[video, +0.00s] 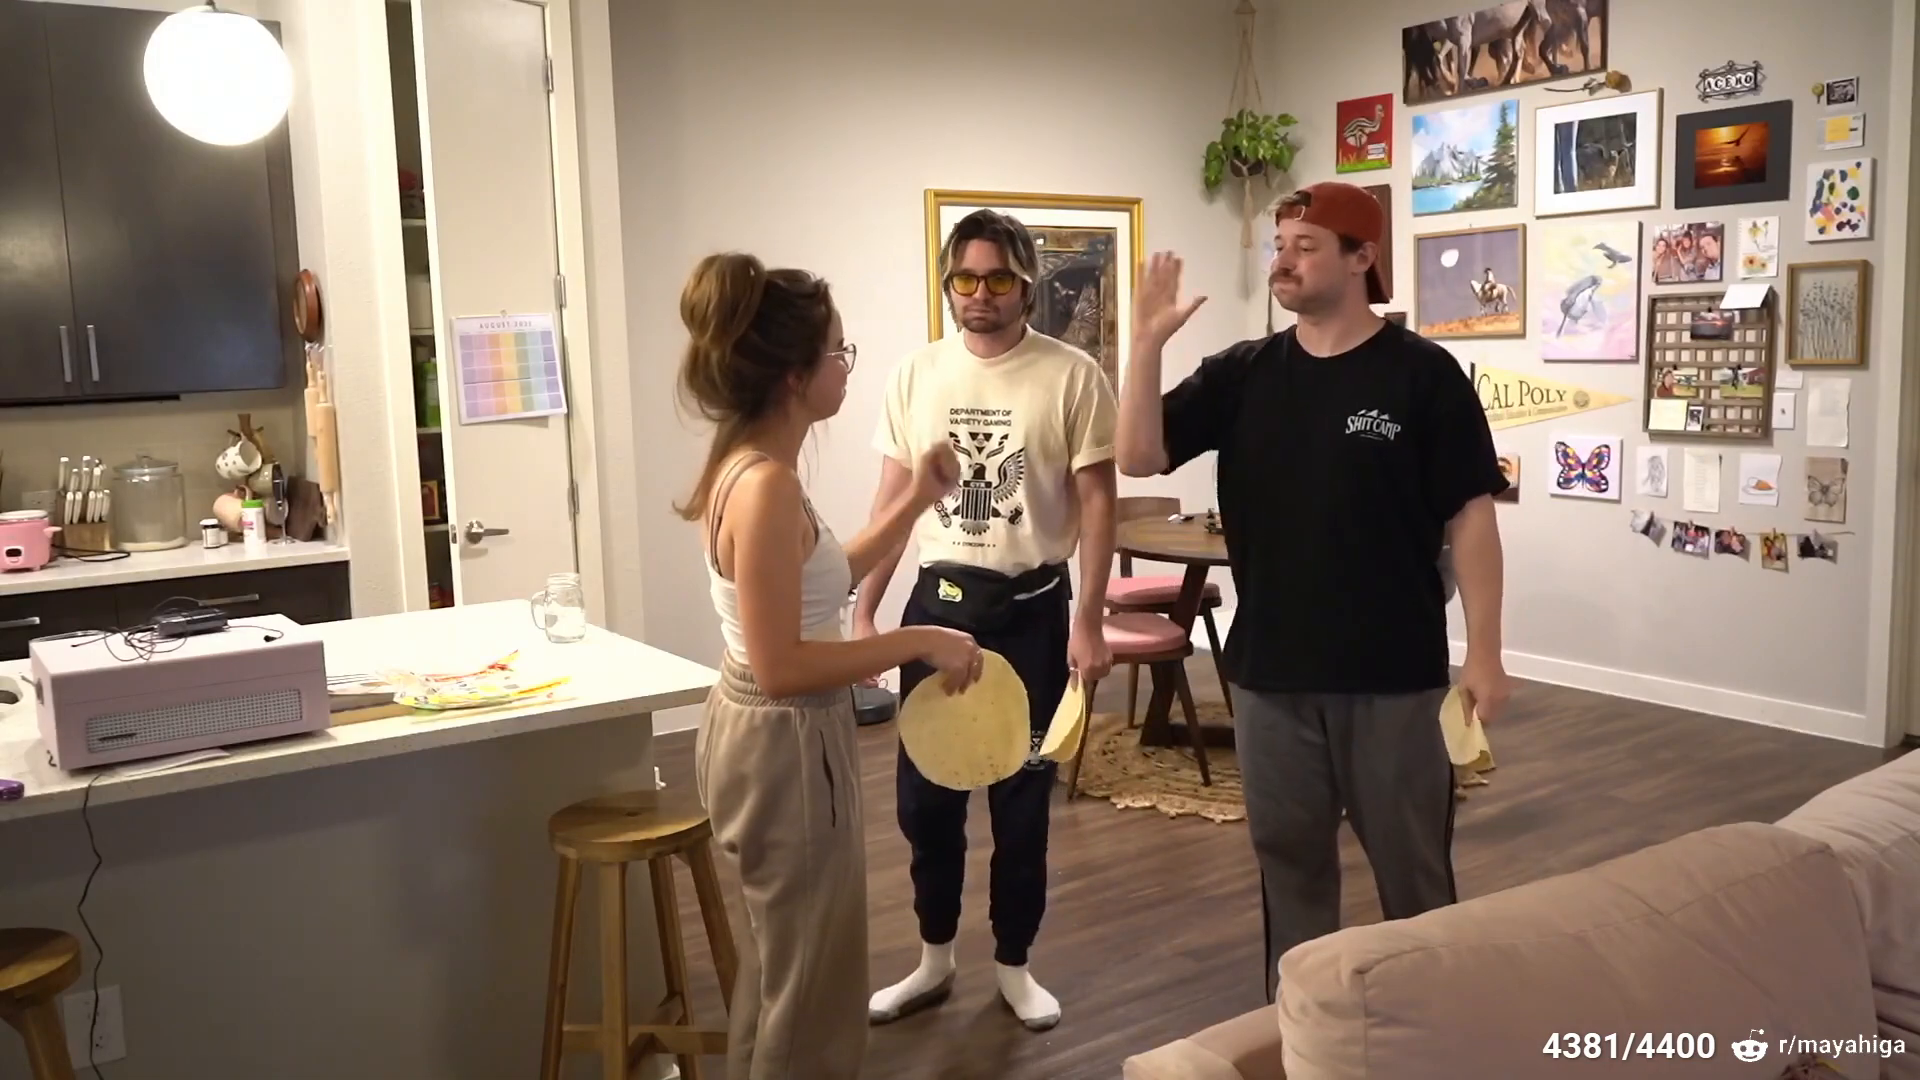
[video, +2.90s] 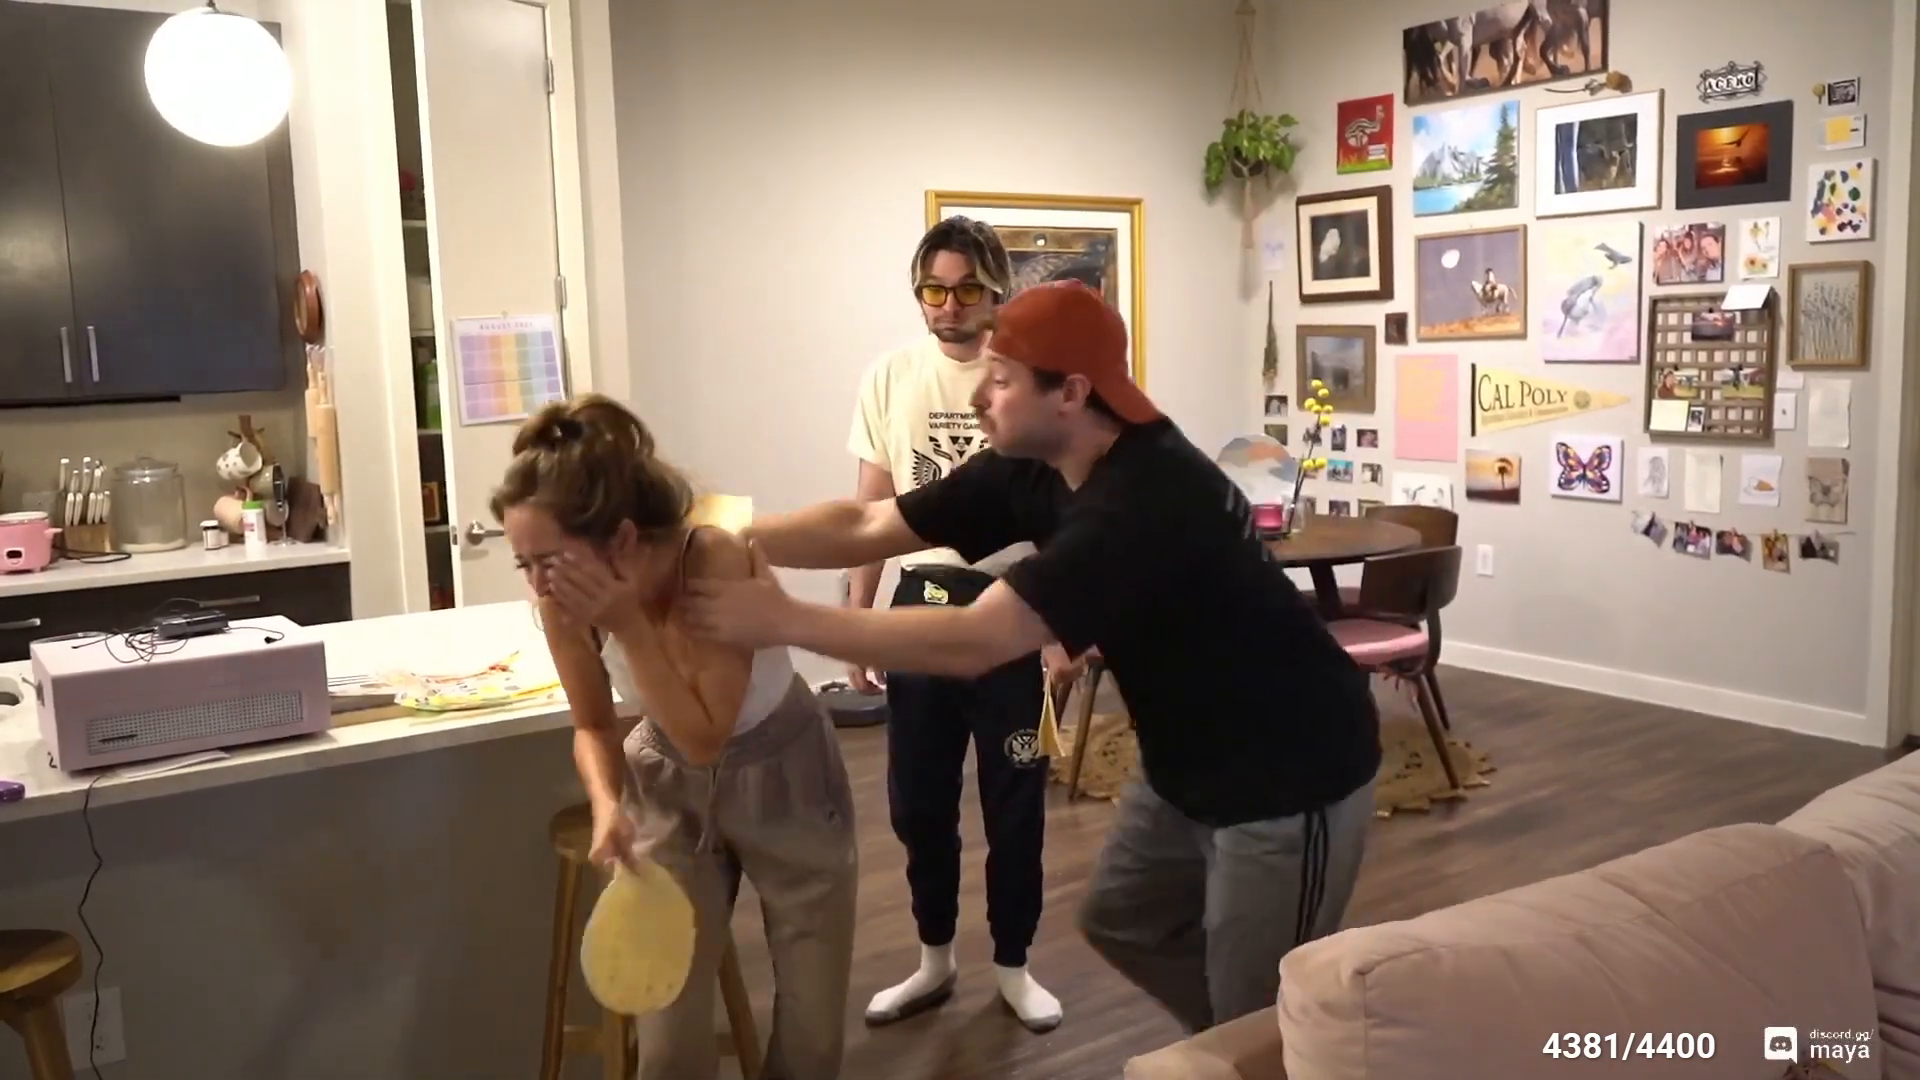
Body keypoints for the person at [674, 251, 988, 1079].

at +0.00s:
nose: (848, 365)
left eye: (844, 351)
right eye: (838, 354)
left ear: (781, 377)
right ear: (793, 376)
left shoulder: (752, 469)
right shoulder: (764, 485)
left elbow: (827, 584)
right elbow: (779, 667)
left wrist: (915, 501)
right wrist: (925, 643)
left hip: (765, 732)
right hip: (785, 747)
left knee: (781, 966)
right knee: (812, 981)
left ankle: (762, 1071)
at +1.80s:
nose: (868, 369)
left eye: (864, 353)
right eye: (857, 358)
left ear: (802, 378)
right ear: (809, 379)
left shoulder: (769, 469)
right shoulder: (775, 483)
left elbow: (796, 625)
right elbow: (768, 665)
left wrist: (893, 627)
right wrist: (912, 656)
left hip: (785, 731)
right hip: (790, 743)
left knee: (785, 966)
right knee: (815, 977)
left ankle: (760, 1075)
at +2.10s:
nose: (849, 395)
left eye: (853, 376)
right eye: (833, 381)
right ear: (770, 383)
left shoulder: (795, 465)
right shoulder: (745, 486)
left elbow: (802, 591)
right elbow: (753, 668)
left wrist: (885, 564)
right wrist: (898, 652)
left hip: (809, 735)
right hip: (777, 749)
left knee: (806, 970)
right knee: (805, 982)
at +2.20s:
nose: (796, 413)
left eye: (812, 390)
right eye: (774, 394)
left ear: (831, 377)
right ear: (734, 384)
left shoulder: (804, 462)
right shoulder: (723, 479)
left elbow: (883, 555)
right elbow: (749, 649)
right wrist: (895, 623)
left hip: (820, 724)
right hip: (771, 737)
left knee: (837, 971)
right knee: (822, 981)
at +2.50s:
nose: (704, 431)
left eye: (719, 406)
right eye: (683, 415)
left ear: (768, 395)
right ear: (666, 415)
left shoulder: (816, 462)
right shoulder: (665, 497)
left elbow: (831, 621)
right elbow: (669, 660)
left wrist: (765, 491)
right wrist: (783, 649)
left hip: (817, 731)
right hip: (715, 743)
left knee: (826, 988)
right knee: (774, 1010)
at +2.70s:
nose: (616, 488)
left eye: (634, 463)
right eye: (603, 466)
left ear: (703, 451)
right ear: (595, 457)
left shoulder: (777, 497)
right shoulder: (617, 534)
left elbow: (759, 670)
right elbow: (625, 682)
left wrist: (698, 541)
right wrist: (689, 710)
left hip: (804, 753)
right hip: (688, 764)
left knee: (813, 1005)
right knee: (712, 1030)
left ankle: (799, 1076)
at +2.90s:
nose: (538, 583)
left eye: (551, 562)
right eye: (524, 563)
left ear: (624, 540)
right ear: (515, 544)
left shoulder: (715, 559)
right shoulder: (558, 595)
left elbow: (704, 740)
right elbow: (592, 722)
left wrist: (629, 624)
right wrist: (606, 803)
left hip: (783, 766)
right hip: (670, 770)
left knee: (812, 1036)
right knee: (668, 1040)